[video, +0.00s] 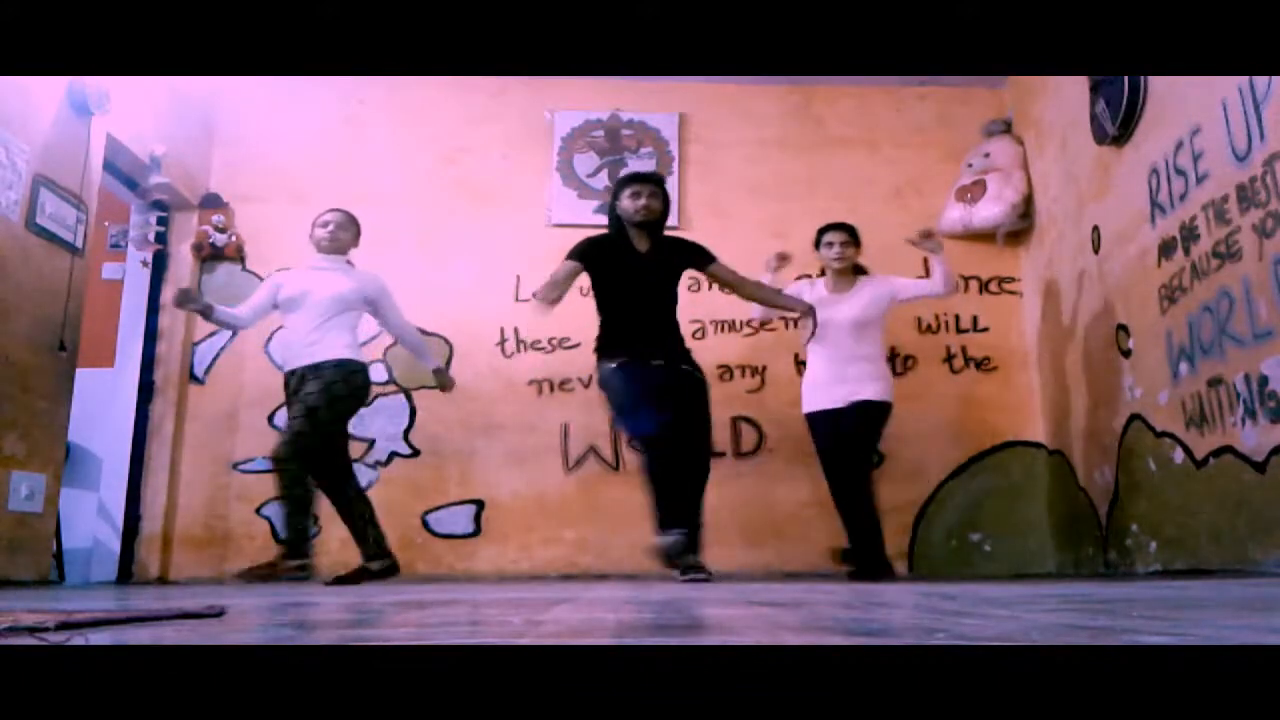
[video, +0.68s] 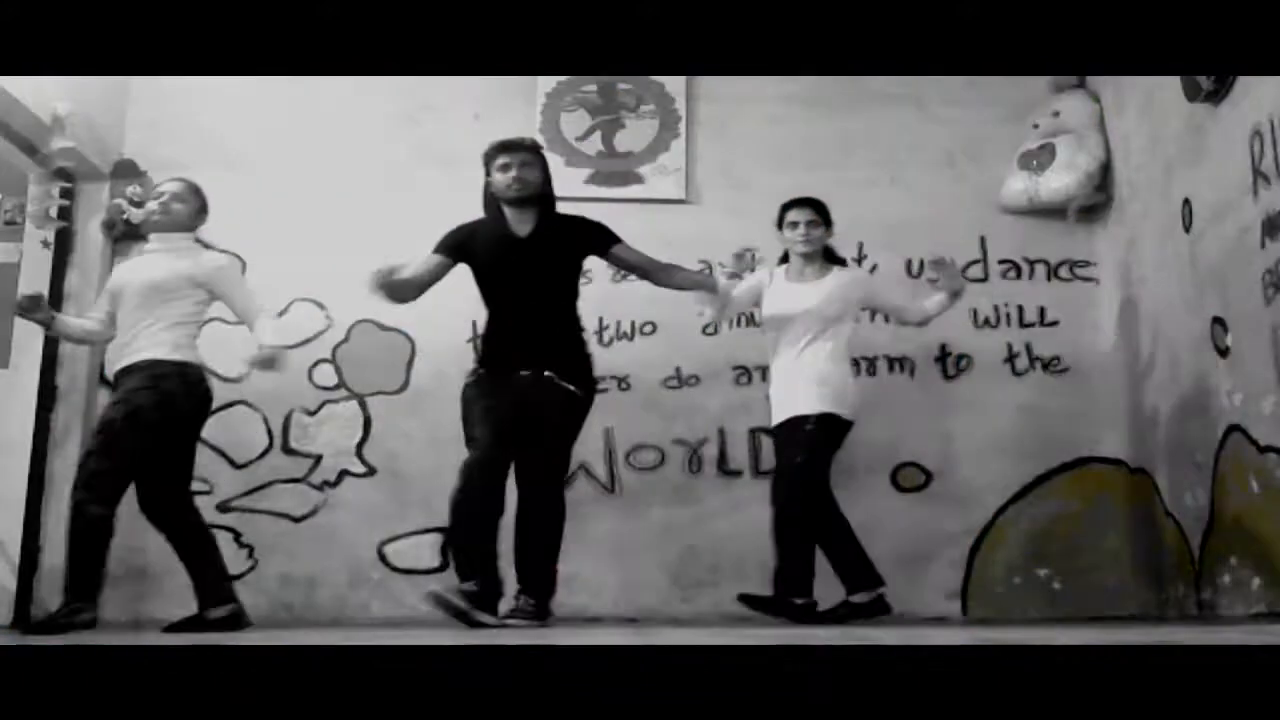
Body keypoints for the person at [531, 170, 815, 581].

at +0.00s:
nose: (644, 202)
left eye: (652, 196)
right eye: (633, 196)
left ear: (663, 207)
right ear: (616, 206)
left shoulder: (679, 249)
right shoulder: (596, 248)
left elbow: (739, 284)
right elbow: (560, 280)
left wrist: (798, 305)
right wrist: (547, 295)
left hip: (673, 361)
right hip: (624, 364)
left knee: (693, 448)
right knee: (658, 435)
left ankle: (687, 553)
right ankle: (671, 531)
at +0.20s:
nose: (611, 173)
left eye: (621, 166)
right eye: (599, 167)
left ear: (636, 177)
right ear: (579, 180)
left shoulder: (657, 232)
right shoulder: (561, 230)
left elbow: (726, 277)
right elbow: (508, 282)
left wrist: (791, 293)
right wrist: (540, 252)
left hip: (652, 371)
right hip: (590, 374)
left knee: (682, 462)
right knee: (620, 465)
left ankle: (662, 580)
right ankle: (626, 588)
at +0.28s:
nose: (602, 173)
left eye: (613, 166)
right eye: (590, 166)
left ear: (628, 177)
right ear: (570, 178)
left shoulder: (650, 231)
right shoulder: (550, 232)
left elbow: (714, 273)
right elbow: (505, 278)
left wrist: (740, 269)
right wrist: (485, 303)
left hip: (631, 370)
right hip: (575, 378)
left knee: (680, 465)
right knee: (642, 472)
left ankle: (588, 570)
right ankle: (642, 593)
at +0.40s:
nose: (574, 175)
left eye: (585, 168)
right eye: (563, 169)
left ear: (602, 181)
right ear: (546, 182)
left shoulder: (621, 235)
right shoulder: (528, 240)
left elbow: (683, 260)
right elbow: (485, 300)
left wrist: (663, 227)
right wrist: (443, 332)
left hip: (599, 376)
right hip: (555, 375)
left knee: (589, 489)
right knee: (636, 463)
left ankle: (504, 592)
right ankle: (638, 592)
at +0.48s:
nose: (551, 172)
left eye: (561, 165)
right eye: (540, 166)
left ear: (580, 175)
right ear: (524, 179)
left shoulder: (605, 228)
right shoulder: (505, 238)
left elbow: (666, 262)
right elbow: (469, 299)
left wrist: (690, 261)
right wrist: (446, 313)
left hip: (590, 370)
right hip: (529, 373)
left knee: (584, 483)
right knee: (571, 476)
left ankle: (514, 588)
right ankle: (602, 577)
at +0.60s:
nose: (530, 173)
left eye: (541, 166)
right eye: (519, 167)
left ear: (559, 177)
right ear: (502, 182)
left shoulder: (587, 231)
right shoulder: (485, 236)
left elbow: (660, 269)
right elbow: (436, 292)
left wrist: (714, 280)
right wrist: (434, 282)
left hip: (581, 374)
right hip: (515, 376)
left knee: (565, 488)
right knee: (489, 455)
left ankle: (545, 597)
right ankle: (523, 569)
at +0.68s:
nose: (516, 174)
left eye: (527, 166)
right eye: (505, 168)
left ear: (546, 178)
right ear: (490, 183)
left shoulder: (575, 231)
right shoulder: (473, 237)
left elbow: (652, 269)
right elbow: (415, 283)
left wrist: (712, 283)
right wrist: (389, 284)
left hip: (561, 373)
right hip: (498, 374)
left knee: (542, 480)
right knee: (485, 462)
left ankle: (533, 595)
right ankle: (478, 587)